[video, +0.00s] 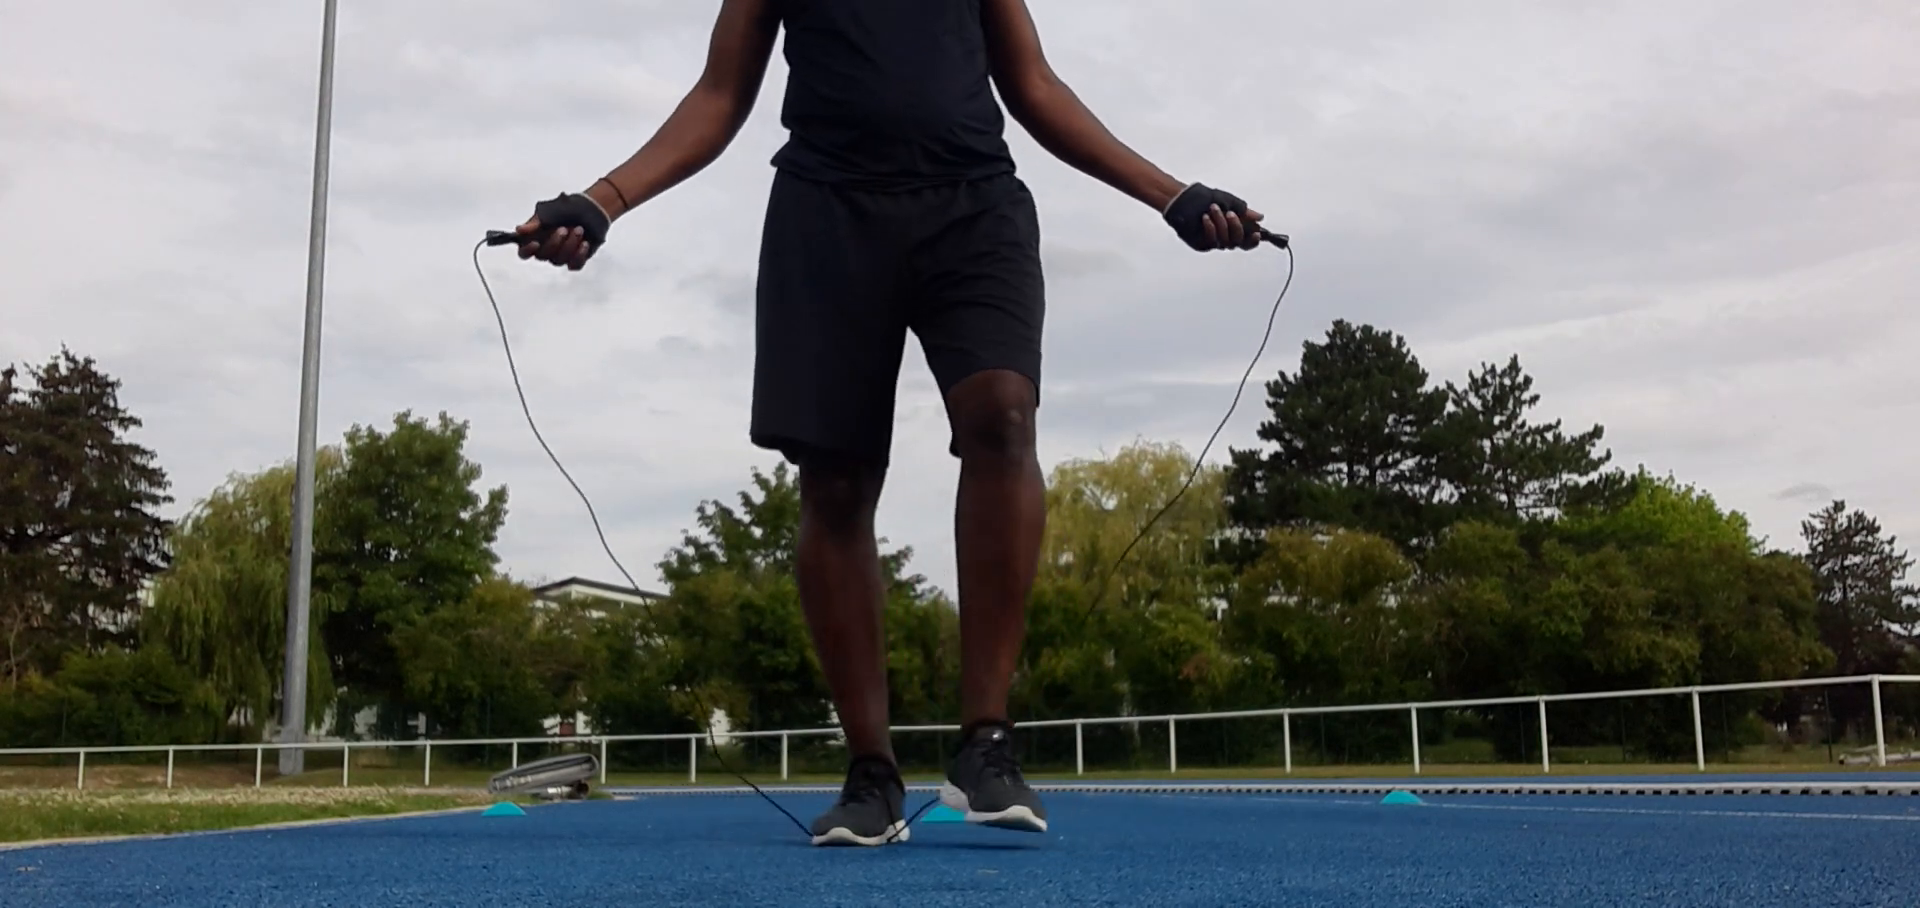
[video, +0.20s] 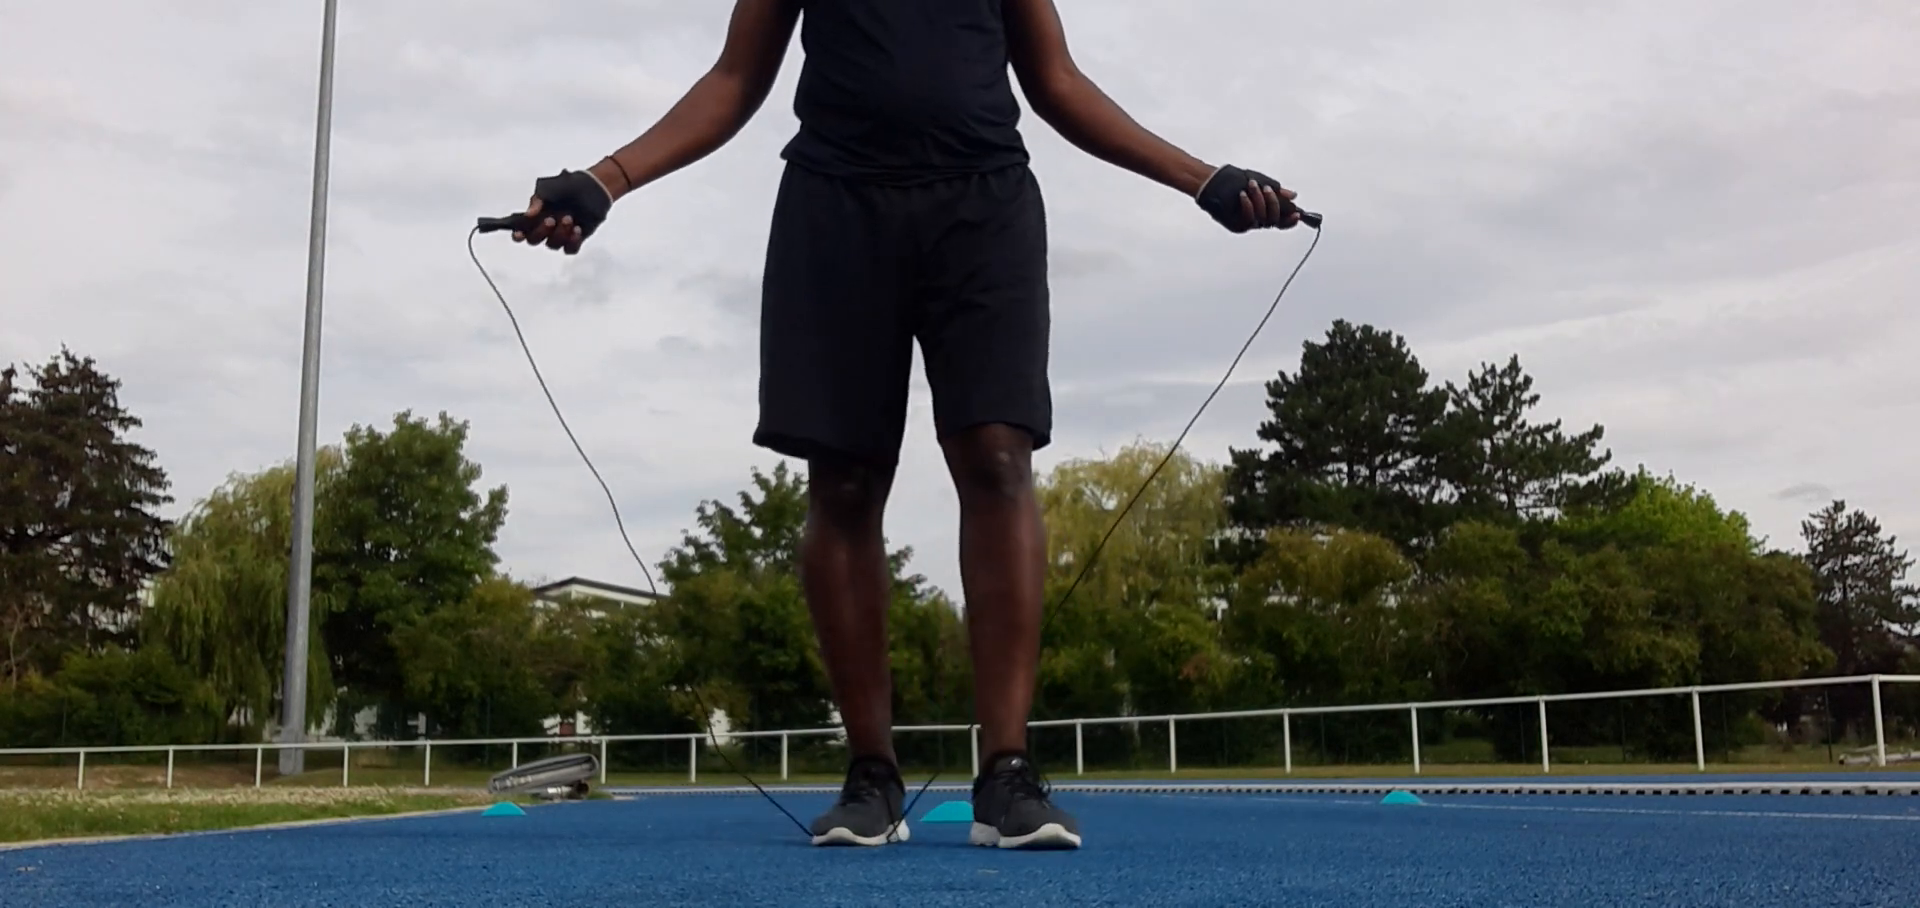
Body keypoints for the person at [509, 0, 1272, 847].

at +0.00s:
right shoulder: (764, 0)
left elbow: (1034, 88)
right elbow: (721, 91)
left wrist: (1175, 195)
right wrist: (601, 200)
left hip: (973, 200)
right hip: (828, 206)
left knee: (1000, 417)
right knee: (836, 486)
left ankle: (986, 744)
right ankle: (870, 775)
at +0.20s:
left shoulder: (1004, 1)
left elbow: (1057, 84)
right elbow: (736, 78)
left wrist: (1206, 178)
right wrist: (604, 177)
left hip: (983, 200)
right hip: (837, 203)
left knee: (998, 457)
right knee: (845, 483)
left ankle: (1006, 775)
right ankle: (872, 775)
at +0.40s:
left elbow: (1089, 77)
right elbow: (757, 52)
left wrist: (1242, 161)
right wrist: (610, 130)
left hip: (1008, 192)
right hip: (860, 193)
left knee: (1015, 469)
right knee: (871, 474)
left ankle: (1010, 773)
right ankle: (874, 776)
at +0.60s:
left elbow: (1123, 81)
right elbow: (782, 41)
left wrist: (1280, 147)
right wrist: (624, 89)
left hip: (1031, 185)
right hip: (882, 187)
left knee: (1032, 470)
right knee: (889, 445)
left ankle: (1010, 770)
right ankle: (879, 743)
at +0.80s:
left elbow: (1146, 73)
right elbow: (800, 35)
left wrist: (1305, 144)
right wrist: (640, 103)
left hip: (1044, 166)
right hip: (896, 164)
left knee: (1040, 466)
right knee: (915, 409)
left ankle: (1011, 767)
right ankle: (898, 703)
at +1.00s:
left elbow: (1152, 68)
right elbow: (820, 39)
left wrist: (1294, 177)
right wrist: (677, 153)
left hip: (1049, 161)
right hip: (902, 160)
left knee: (1043, 461)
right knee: (923, 380)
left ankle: (1013, 768)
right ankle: (930, 691)